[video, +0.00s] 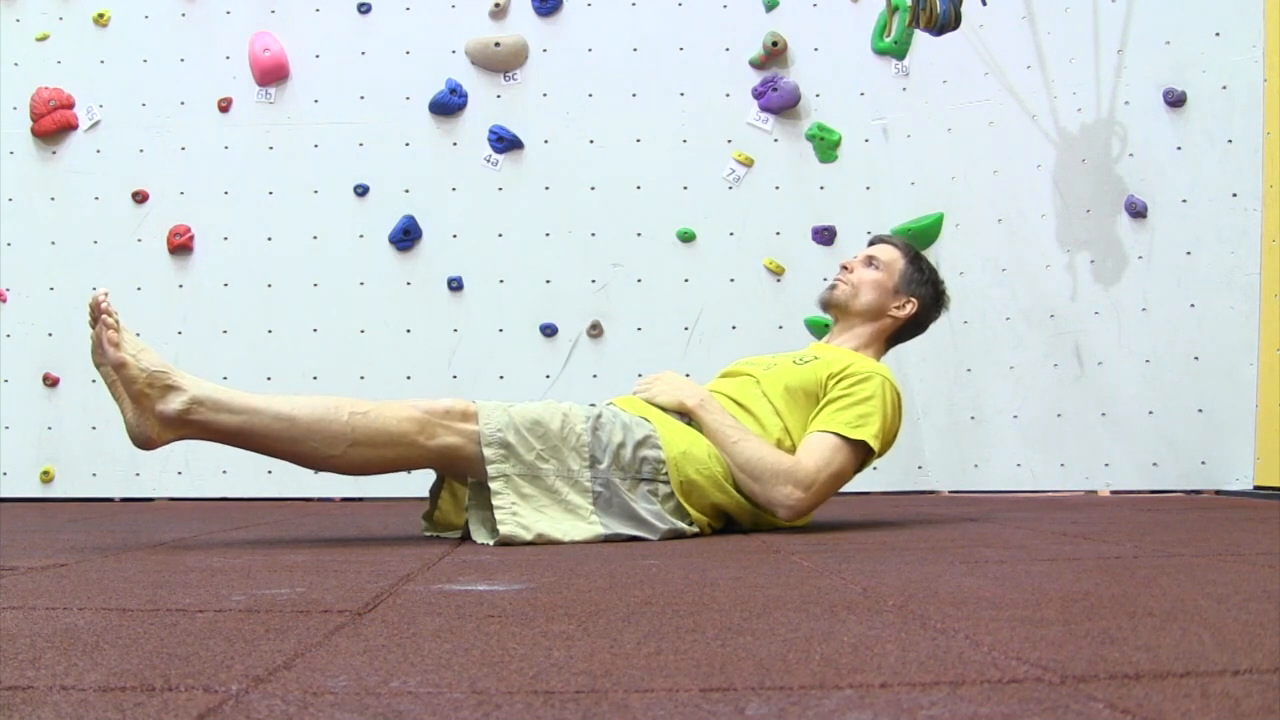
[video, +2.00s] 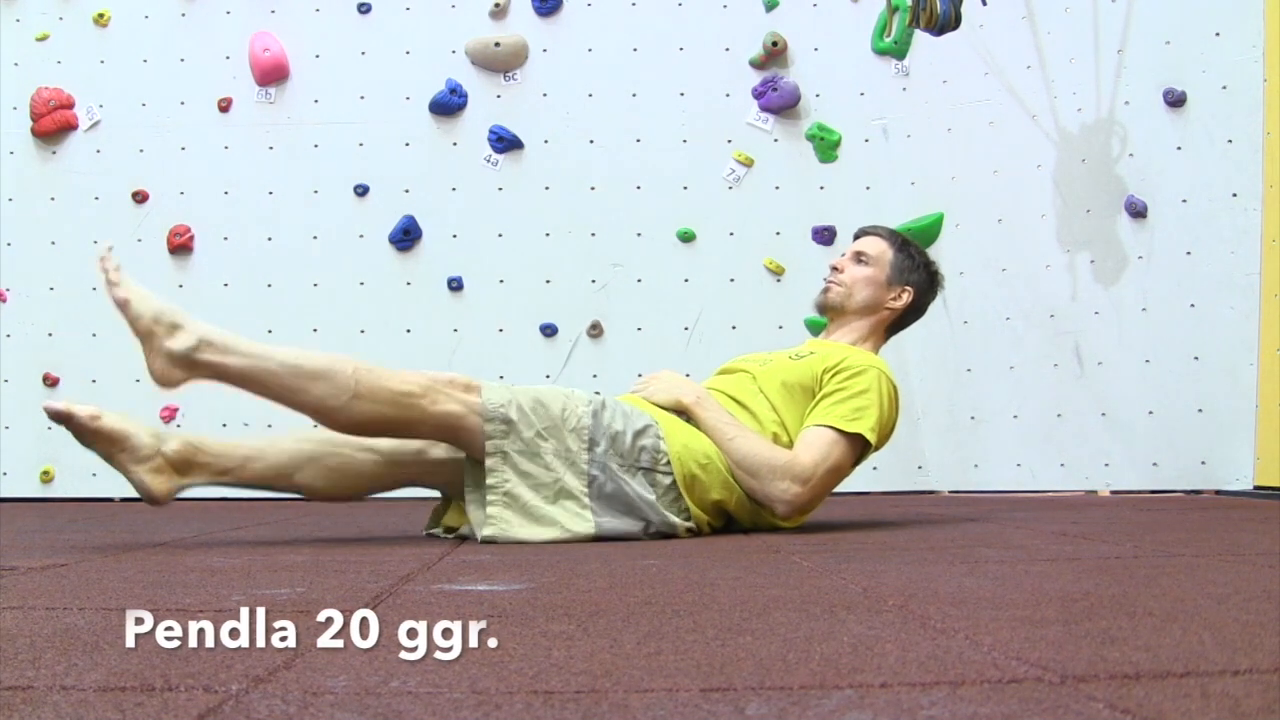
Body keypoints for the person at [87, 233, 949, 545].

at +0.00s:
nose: (849, 261)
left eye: (873, 261)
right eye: (859, 252)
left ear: (900, 308)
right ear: (865, 292)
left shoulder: (867, 381)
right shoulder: (807, 364)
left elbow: (793, 495)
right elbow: (755, 473)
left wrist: (701, 402)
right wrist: (673, 413)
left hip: (660, 462)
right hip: (639, 446)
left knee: (445, 428)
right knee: (435, 423)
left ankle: (178, 406)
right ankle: (180, 407)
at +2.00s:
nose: (841, 261)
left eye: (865, 258)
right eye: (847, 250)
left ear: (897, 302)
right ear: (850, 285)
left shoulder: (863, 376)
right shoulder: (797, 363)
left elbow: (792, 495)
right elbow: (742, 465)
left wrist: (703, 404)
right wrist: (668, 406)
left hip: (654, 456)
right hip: (627, 448)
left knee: (451, 403)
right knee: (409, 446)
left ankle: (189, 341)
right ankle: (175, 461)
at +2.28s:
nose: (832, 260)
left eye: (856, 258)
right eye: (838, 249)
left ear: (891, 299)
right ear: (846, 284)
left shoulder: (860, 376)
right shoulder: (797, 361)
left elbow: (789, 492)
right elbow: (747, 468)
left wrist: (699, 403)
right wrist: (666, 410)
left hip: (646, 468)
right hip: (616, 439)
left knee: (435, 440)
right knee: (424, 396)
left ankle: (177, 467)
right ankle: (197, 333)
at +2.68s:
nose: (833, 266)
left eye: (857, 263)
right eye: (838, 256)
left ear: (892, 304)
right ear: (842, 288)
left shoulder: (863, 377)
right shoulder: (793, 366)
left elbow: (793, 493)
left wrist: (700, 403)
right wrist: (661, 402)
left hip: (654, 460)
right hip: (623, 451)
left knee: (448, 404)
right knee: (394, 440)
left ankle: (190, 370)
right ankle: (165, 433)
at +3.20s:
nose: (839, 258)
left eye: (863, 256)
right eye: (845, 248)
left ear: (896, 299)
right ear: (852, 285)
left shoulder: (863, 378)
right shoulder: (800, 361)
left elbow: (792, 494)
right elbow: (750, 470)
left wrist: (698, 401)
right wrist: (670, 410)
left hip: (652, 462)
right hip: (621, 440)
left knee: (447, 427)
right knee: (415, 403)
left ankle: (185, 467)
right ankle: (178, 378)